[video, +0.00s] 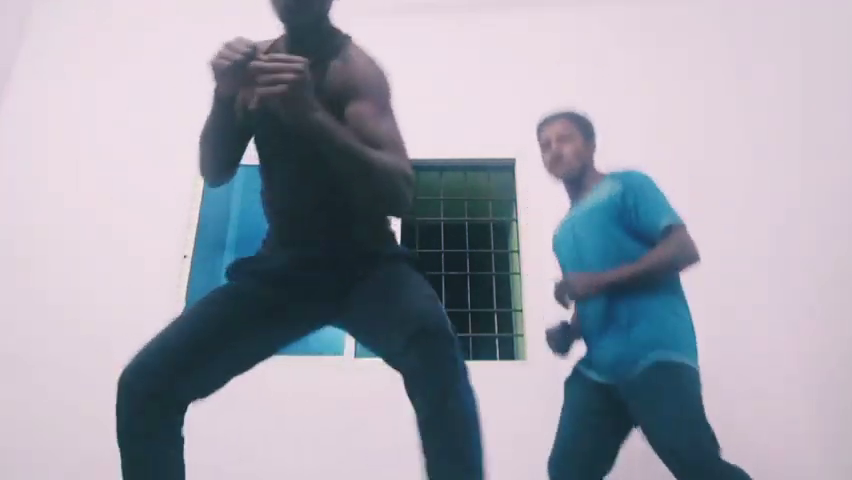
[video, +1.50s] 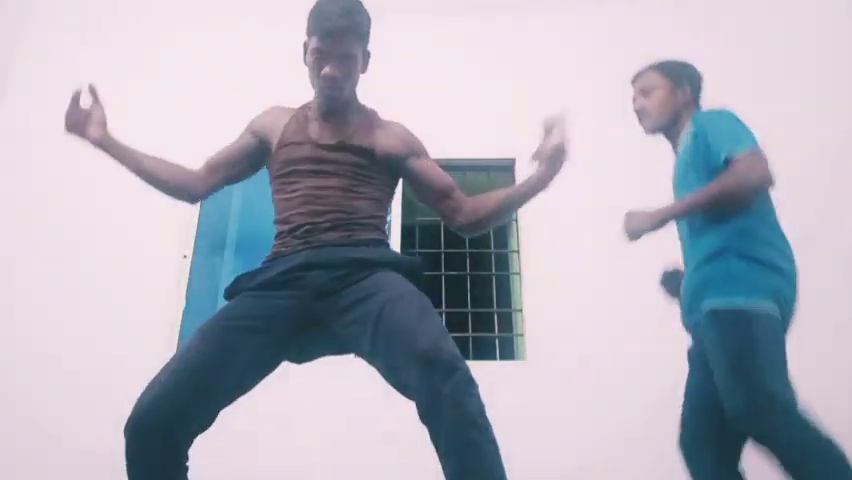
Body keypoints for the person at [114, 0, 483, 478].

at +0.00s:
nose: (296, 3)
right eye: (285, 1)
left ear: (331, 5)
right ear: (272, 6)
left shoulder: (355, 69)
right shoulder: (255, 65)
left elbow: (401, 193)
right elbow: (215, 171)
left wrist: (307, 112)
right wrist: (228, 96)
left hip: (368, 269)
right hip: (283, 273)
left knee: (432, 342)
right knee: (146, 388)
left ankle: (461, 477)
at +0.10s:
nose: (304, 11)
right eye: (294, 0)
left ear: (345, 7)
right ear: (282, 9)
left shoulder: (374, 82)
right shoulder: (267, 79)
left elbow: (415, 200)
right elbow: (216, 181)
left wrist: (340, 126)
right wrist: (246, 106)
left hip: (365, 295)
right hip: (277, 298)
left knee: (433, 365)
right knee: (140, 426)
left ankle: (480, 478)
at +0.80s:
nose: (298, 69)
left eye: (313, 58)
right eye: (288, 56)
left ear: (337, 61)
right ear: (275, 58)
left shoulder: (364, 131)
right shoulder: (256, 135)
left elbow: (412, 235)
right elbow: (228, 224)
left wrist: (356, 193)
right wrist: (226, 148)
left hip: (352, 292)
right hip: (273, 296)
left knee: (414, 377)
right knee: (140, 421)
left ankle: (470, 478)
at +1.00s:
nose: (308, 78)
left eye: (322, 66)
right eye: (299, 65)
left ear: (343, 68)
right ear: (284, 64)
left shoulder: (372, 138)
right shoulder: (259, 134)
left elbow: (419, 241)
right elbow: (218, 209)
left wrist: (403, 196)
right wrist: (202, 139)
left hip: (354, 291)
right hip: (271, 292)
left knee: (420, 378)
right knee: (147, 424)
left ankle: (471, 475)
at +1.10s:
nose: (310, 80)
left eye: (324, 68)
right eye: (302, 67)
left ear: (348, 68)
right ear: (288, 62)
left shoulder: (376, 138)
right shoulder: (262, 132)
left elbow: (427, 219)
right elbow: (185, 177)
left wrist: (453, 187)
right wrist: (132, 124)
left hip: (357, 293)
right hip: (273, 296)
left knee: (427, 382)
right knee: (146, 424)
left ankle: (474, 478)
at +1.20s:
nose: (319, 77)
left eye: (333, 65)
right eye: (310, 64)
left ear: (357, 63)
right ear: (297, 59)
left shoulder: (389, 141)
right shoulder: (265, 124)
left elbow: (463, 200)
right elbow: (173, 159)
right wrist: (92, 118)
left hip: (361, 297)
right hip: (271, 300)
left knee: (437, 377)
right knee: (142, 426)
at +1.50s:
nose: (335, 71)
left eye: (348, 59)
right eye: (324, 57)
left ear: (368, 61)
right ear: (306, 55)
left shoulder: (395, 139)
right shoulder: (274, 126)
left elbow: (463, 212)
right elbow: (195, 183)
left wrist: (536, 179)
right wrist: (103, 137)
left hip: (370, 283)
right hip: (280, 287)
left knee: (445, 374)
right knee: (151, 426)